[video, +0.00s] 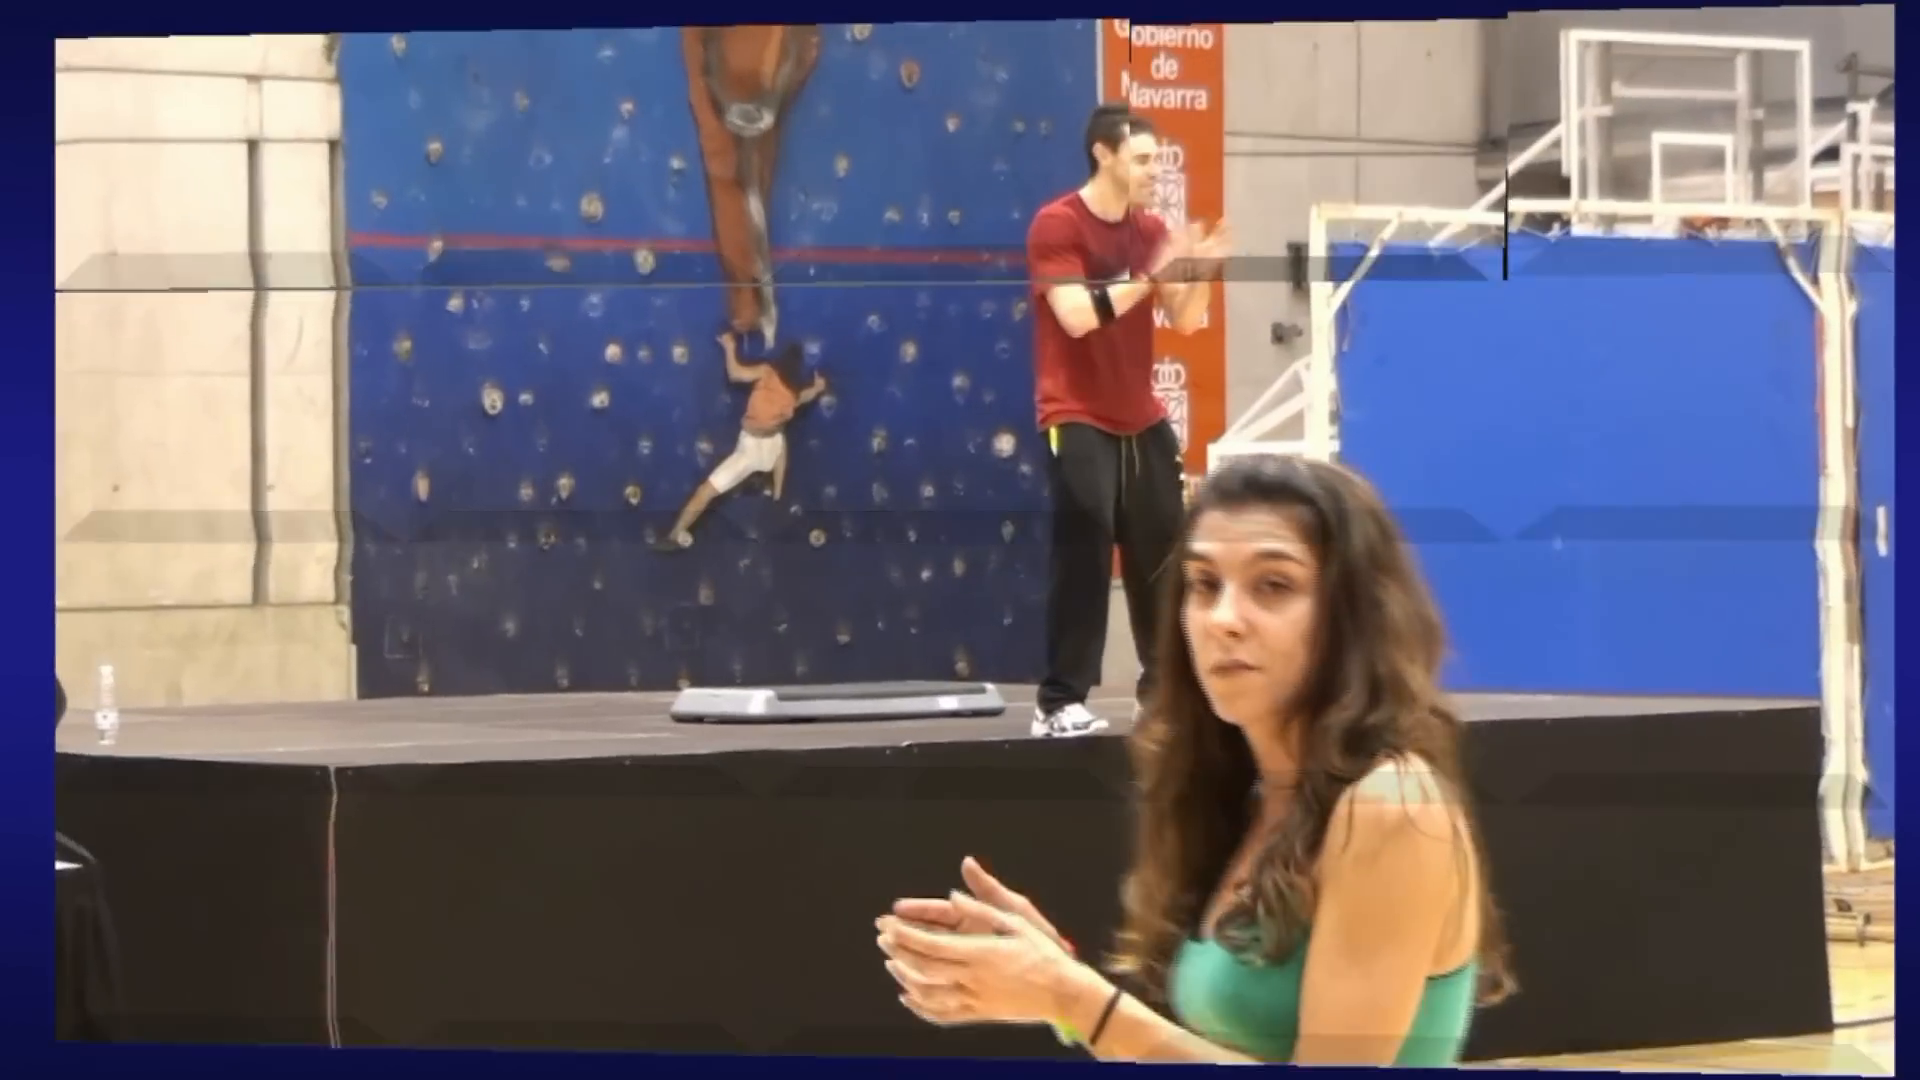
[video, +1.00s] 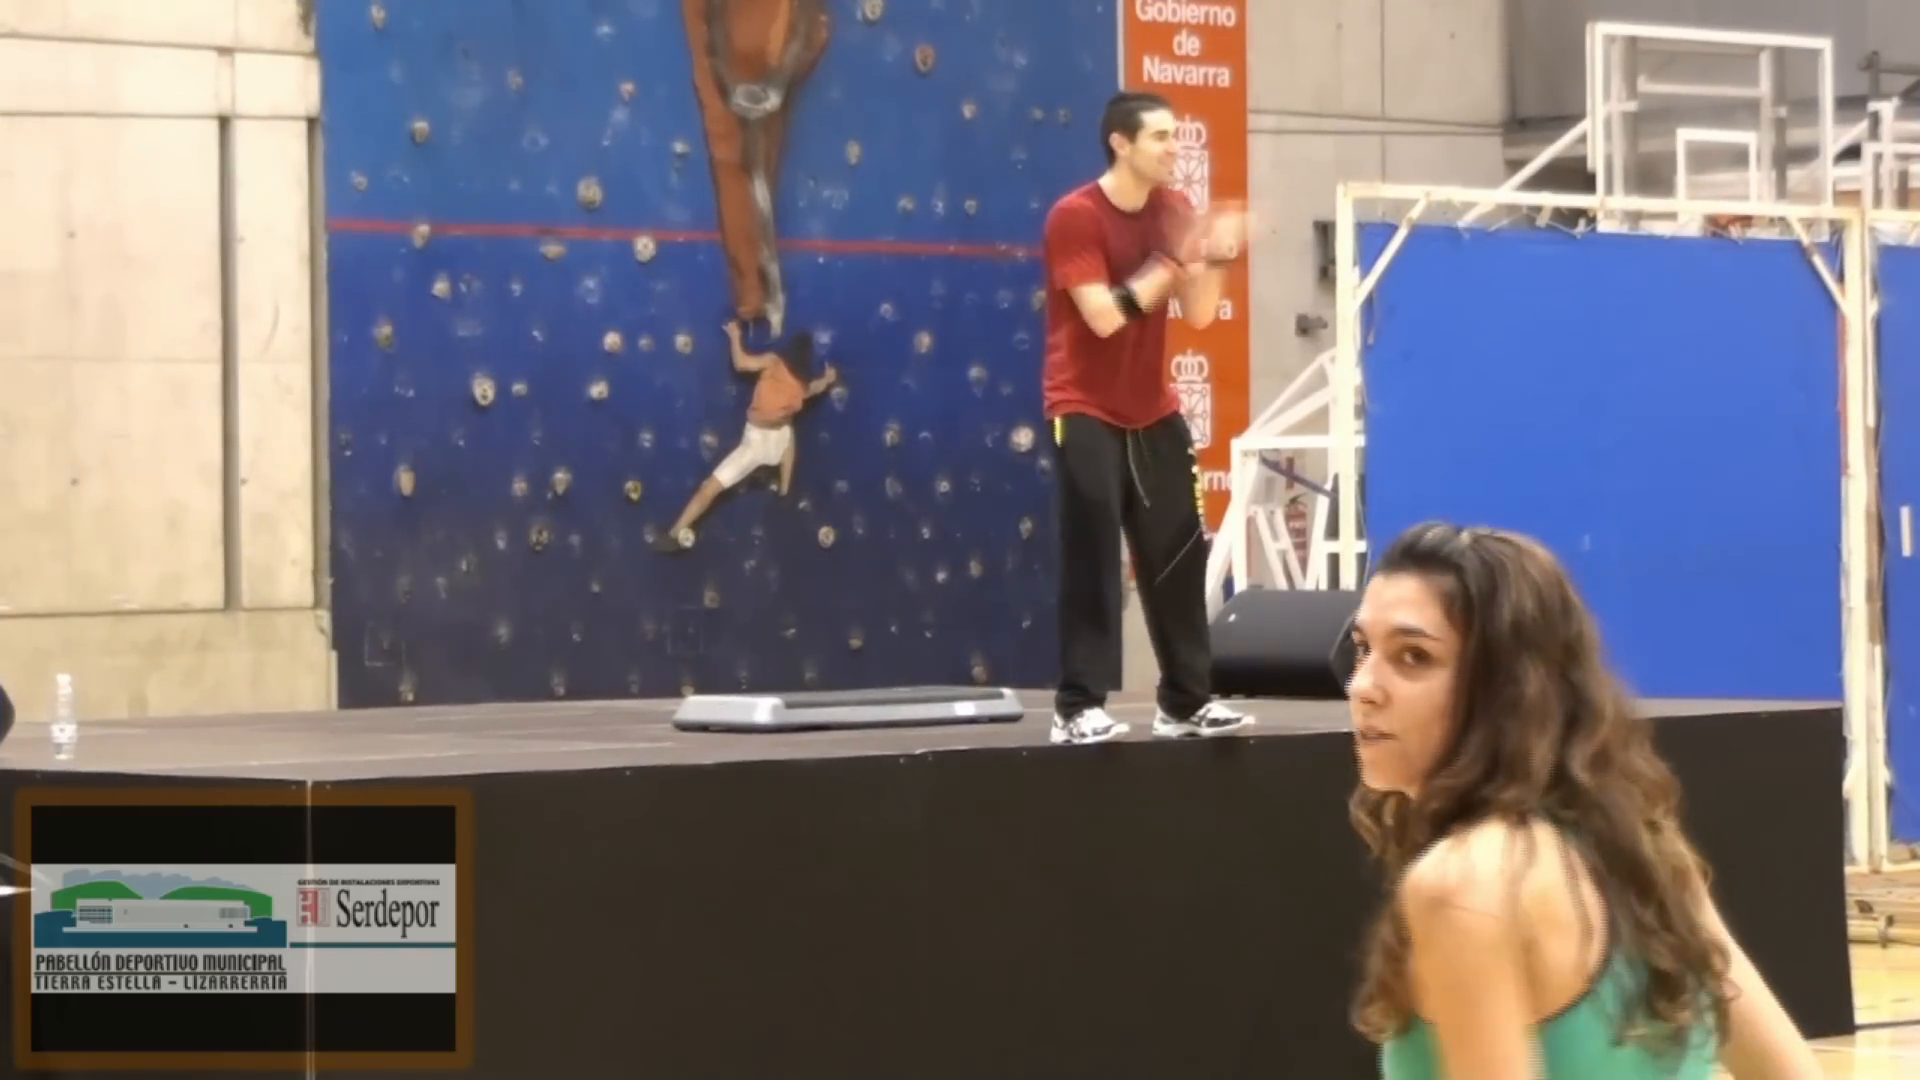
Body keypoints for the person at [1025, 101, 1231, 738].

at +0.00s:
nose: (1153, 170)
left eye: (1155, 158)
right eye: (1142, 158)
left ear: (1143, 160)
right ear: (1103, 155)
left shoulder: (1150, 231)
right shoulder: (1056, 223)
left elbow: (1185, 319)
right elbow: (1076, 317)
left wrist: (1203, 267)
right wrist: (1157, 273)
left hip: (1140, 411)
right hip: (1076, 411)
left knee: (1161, 549)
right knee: (1088, 542)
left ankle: (1166, 695)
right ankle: (1064, 699)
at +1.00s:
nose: (1172, 148)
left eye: (1174, 137)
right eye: (1160, 138)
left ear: (1169, 144)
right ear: (1121, 143)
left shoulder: (1172, 211)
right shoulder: (1074, 214)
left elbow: (1198, 313)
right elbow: (1103, 319)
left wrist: (1217, 253)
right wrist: (1168, 269)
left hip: (1152, 405)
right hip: (1085, 405)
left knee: (1177, 548)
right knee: (1093, 549)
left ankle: (1187, 698)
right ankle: (1081, 704)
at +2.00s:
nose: (1180, 140)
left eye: (1179, 129)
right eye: (1166, 129)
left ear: (1168, 141)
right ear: (1126, 139)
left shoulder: (1183, 208)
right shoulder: (1078, 197)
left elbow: (1194, 297)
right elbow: (1015, 198)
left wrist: (1206, 321)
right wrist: (1064, 189)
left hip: (1162, 404)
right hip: (1093, 405)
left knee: (1180, 554)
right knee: (1093, 556)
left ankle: (1187, 699)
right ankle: (1080, 704)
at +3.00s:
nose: (1209, 145)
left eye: (1216, 135)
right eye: (1195, 133)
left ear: (1224, 147)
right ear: (1164, 145)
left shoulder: (1243, 213)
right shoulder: (1118, 217)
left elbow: (1326, 233)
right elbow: (1087, 307)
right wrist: (1078, 382)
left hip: (1218, 413)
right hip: (1139, 414)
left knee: (1231, 540)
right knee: (1130, 529)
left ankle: (1234, 665)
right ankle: (1116, 663)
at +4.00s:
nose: (1324, 174)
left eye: (1330, 163)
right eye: (1310, 166)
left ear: (1339, 168)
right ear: (1284, 174)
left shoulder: (1373, 230)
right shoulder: (1255, 240)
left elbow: (1412, 313)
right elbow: (1237, 322)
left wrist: (1375, 384)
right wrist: (1264, 386)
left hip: (1355, 417)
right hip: (1288, 422)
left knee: (1353, 540)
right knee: (1298, 548)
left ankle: (1358, 677)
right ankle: (1319, 669)